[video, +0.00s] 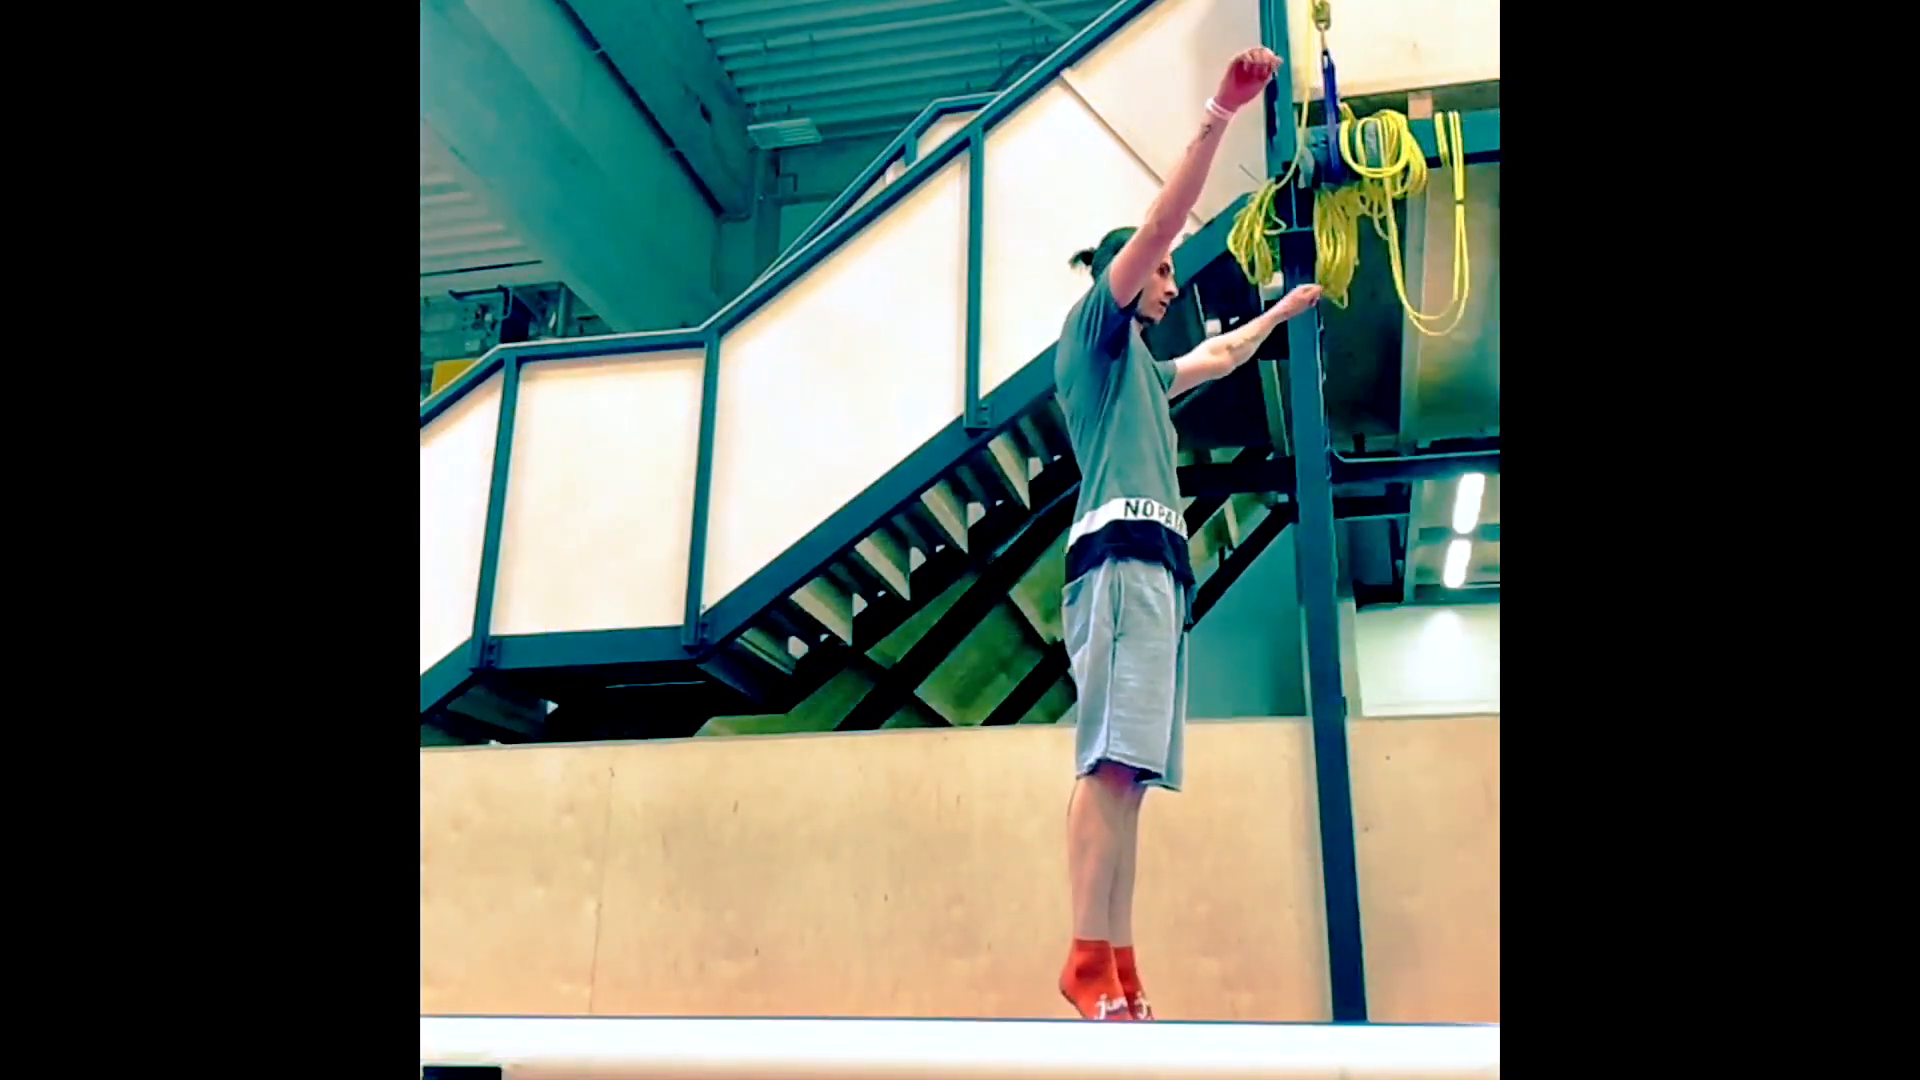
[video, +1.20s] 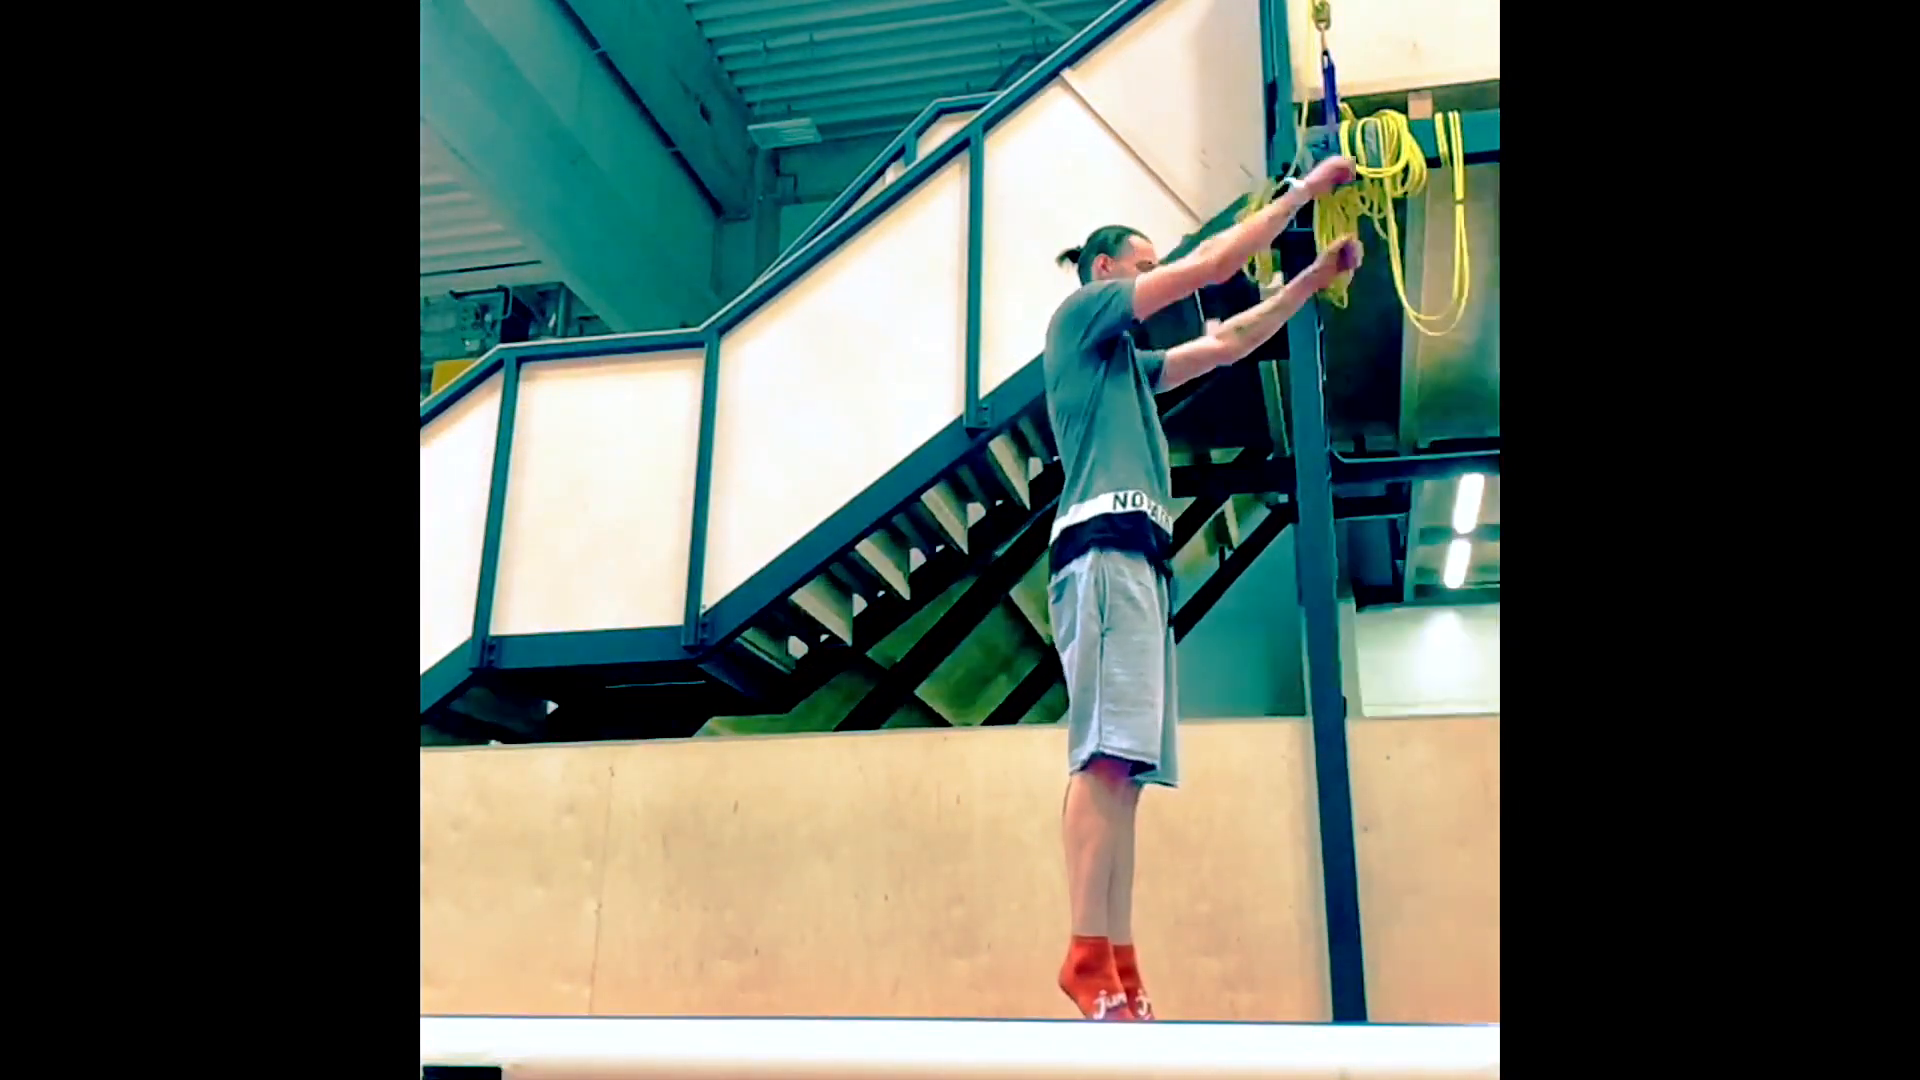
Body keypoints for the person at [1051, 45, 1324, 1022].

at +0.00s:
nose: (1164, 282)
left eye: (1163, 271)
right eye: (1149, 266)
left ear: (1147, 291)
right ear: (1113, 273)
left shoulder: (1141, 367)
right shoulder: (1094, 331)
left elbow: (1219, 352)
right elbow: (1164, 226)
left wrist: (1283, 307)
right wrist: (1218, 115)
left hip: (1152, 568)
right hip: (1121, 562)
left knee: (1129, 770)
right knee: (1112, 765)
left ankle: (1118, 970)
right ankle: (1087, 965)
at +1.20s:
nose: (1154, 270)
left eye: (1153, 260)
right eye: (1142, 258)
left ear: (1125, 274)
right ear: (1101, 265)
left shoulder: (1124, 362)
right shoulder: (1077, 312)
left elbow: (1229, 340)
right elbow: (1207, 264)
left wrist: (1322, 272)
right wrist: (1300, 190)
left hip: (1136, 561)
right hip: (1102, 552)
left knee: (1125, 768)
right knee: (1106, 758)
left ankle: (1118, 968)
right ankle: (1086, 961)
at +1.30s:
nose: (1164, 283)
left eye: (1163, 272)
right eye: (1152, 268)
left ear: (1128, 276)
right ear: (1106, 268)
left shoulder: (1128, 371)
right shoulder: (1076, 321)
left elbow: (1222, 405)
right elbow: (1213, 343)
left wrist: (1326, 373)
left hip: (1129, 565)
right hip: (1093, 555)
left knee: (1121, 766)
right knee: (1102, 760)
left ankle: (1119, 960)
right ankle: (1088, 955)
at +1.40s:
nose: (1188, 292)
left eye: (1192, 282)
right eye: (1177, 275)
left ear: (1162, 286)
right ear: (1134, 272)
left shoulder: (1140, 374)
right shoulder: (1096, 330)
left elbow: (1159, 495)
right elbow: (1130, 445)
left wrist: (1219, 566)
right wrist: (1214, 525)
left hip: (1120, 570)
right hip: (1077, 556)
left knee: (1137, 768)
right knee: (1109, 754)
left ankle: (1123, 957)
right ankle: (1090, 955)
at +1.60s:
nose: (1256, 452)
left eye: (1257, 439)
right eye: (1246, 435)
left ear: (1210, 438)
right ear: (1200, 430)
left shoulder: (1155, 490)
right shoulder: (1140, 455)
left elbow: (1071, 476)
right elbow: (1006, 389)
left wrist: (1039, 443)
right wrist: (913, 333)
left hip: (1038, 655)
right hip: (1016, 653)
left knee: (1152, 805)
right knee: (1157, 795)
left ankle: (1093, 987)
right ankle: (1074, 987)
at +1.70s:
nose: (1251, 535)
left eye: (1252, 522)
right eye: (1239, 517)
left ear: (1202, 520)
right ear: (1194, 513)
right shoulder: (1112, 531)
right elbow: (1009, 462)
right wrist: (924, 397)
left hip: (1028, 736)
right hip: (999, 731)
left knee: (1186, 834)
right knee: (1170, 831)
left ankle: (1090, 1003)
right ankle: (1077, 1005)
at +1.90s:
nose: (1126, 449)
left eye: (1125, 438)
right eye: (1113, 434)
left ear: (1083, 445)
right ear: (1068, 440)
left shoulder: (1080, 538)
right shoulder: (1030, 514)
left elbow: (1130, 652)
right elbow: (1113, 621)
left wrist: (1223, 708)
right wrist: (1217, 681)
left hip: (1044, 727)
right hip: (1003, 726)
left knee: (1200, 839)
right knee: (1169, 832)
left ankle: (1102, 1004)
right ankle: (1077, 1003)